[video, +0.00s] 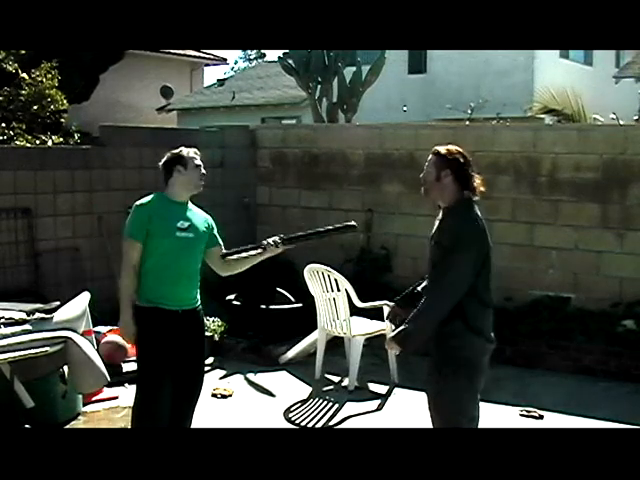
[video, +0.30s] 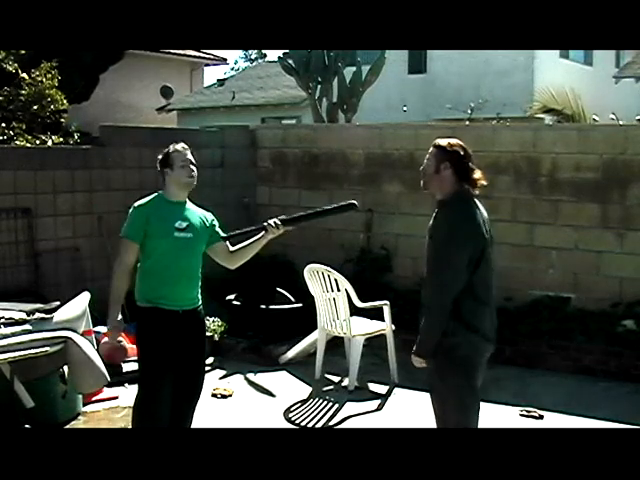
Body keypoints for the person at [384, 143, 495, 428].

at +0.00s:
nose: (422, 180)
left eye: (427, 172)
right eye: (423, 172)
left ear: (446, 176)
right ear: (445, 177)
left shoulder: (463, 223)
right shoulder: (450, 216)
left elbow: (447, 291)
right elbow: (438, 278)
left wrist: (405, 337)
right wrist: (403, 305)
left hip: (462, 342)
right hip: (450, 336)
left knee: (453, 418)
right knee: (447, 415)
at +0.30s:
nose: (421, 175)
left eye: (427, 168)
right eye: (423, 167)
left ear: (446, 171)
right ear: (446, 171)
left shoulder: (455, 215)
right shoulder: (465, 209)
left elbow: (443, 286)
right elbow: (445, 284)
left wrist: (423, 346)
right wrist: (427, 340)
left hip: (459, 338)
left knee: (455, 419)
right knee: (455, 417)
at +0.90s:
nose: (419, 167)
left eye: (426, 163)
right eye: (423, 162)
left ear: (444, 173)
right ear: (443, 174)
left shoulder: (444, 215)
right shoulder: (450, 212)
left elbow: (432, 281)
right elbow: (433, 280)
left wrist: (405, 328)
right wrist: (406, 325)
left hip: (448, 328)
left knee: (442, 410)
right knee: (445, 408)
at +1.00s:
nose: (422, 162)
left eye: (429, 160)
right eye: (426, 158)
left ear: (443, 174)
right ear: (444, 175)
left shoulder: (443, 212)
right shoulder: (453, 210)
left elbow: (429, 271)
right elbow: (430, 271)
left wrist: (395, 315)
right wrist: (397, 304)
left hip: (445, 327)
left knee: (441, 407)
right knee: (446, 404)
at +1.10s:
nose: (419, 168)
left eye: (426, 164)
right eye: (423, 163)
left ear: (444, 174)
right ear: (444, 174)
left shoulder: (445, 213)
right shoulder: (447, 209)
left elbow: (427, 272)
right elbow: (423, 265)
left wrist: (379, 292)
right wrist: (383, 281)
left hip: (449, 326)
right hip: (454, 322)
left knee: (437, 404)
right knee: (449, 401)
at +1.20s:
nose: (418, 170)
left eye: (424, 165)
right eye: (420, 164)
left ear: (443, 173)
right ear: (443, 173)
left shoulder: (448, 211)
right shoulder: (451, 208)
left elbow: (414, 257)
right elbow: (415, 253)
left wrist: (365, 252)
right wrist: (371, 251)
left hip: (449, 323)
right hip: (454, 319)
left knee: (436, 399)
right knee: (448, 399)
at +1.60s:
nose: (412, 173)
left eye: (418, 167)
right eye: (414, 166)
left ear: (436, 173)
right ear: (438, 173)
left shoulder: (444, 217)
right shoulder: (458, 213)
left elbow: (419, 281)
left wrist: (380, 289)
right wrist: (401, 277)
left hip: (439, 335)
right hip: (451, 332)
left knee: (436, 416)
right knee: (445, 413)